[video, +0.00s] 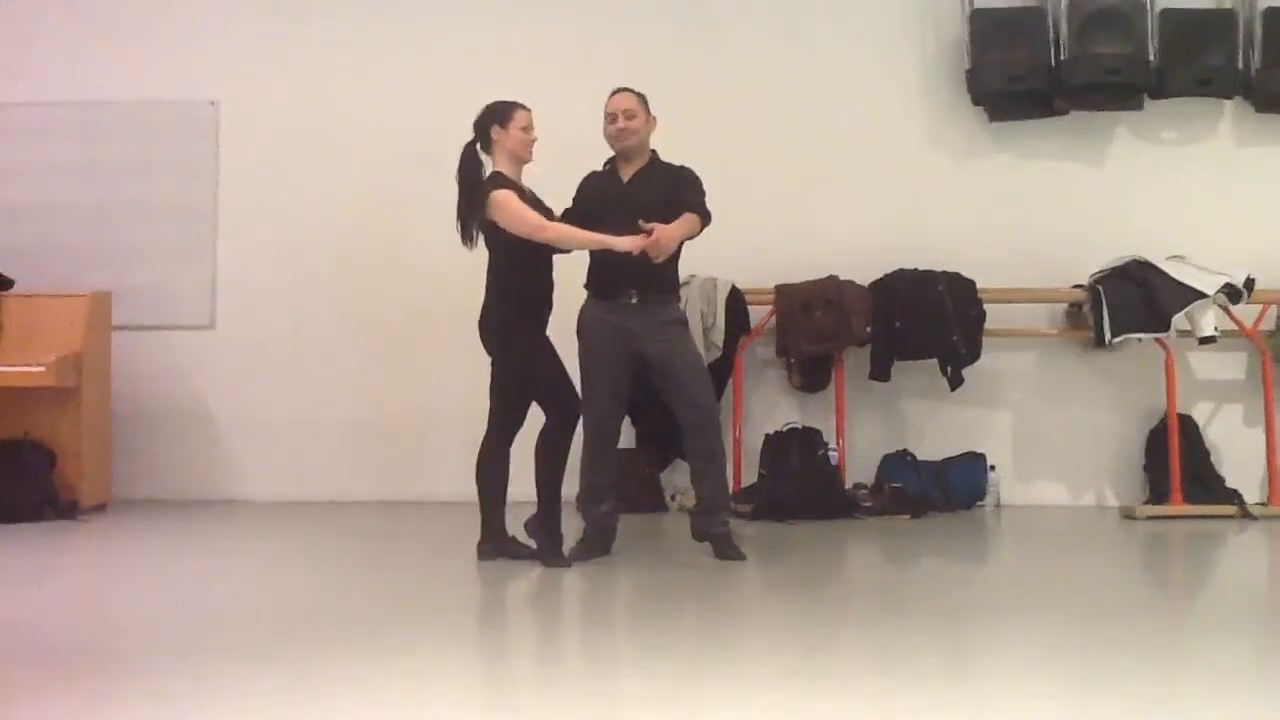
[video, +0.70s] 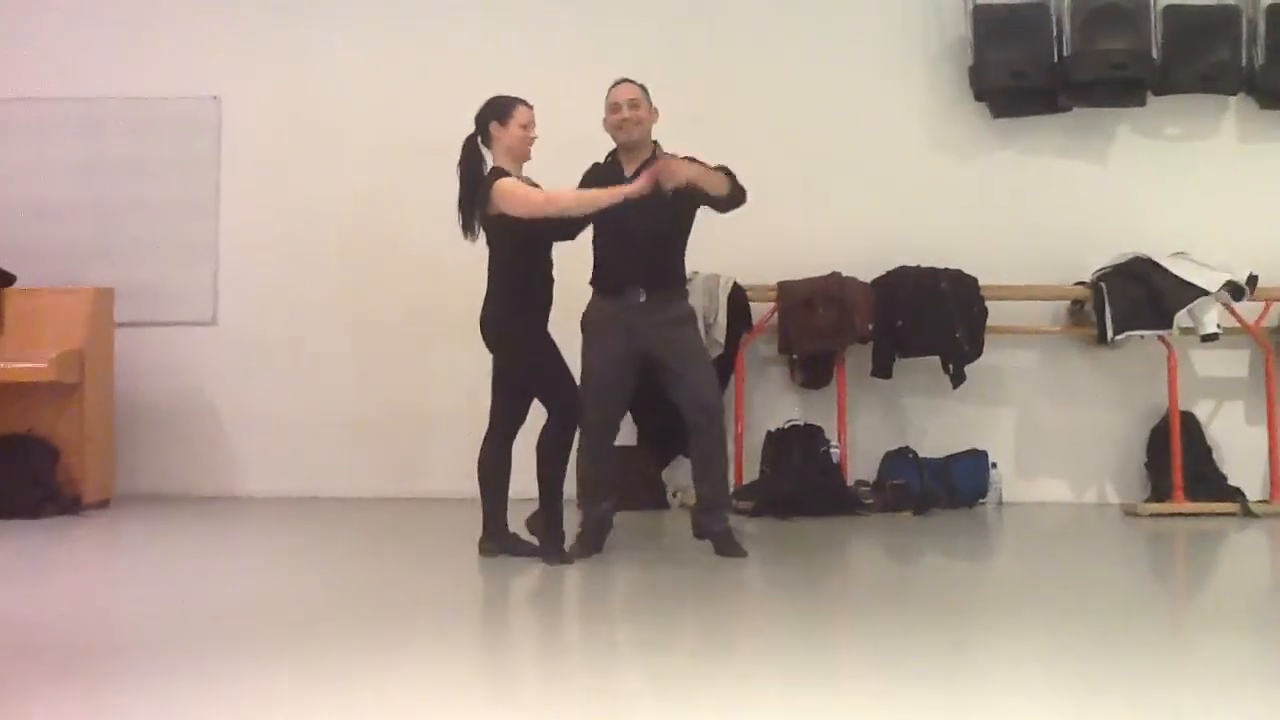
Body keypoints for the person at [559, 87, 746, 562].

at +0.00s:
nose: (619, 124)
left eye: (629, 116)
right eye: (611, 118)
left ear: (651, 124)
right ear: (604, 129)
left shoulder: (680, 178)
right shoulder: (593, 186)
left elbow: (698, 215)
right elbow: (566, 236)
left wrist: (674, 232)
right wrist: (522, 230)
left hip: (662, 318)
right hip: (604, 317)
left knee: (701, 412)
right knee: (600, 421)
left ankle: (714, 523)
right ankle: (598, 528)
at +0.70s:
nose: (623, 114)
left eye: (633, 106)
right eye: (615, 109)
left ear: (653, 115)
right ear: (605, 122)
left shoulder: (680, 169)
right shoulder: (599, 178)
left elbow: (734, 196)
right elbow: (565, 227)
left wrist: (692, 173)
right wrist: (515, 220)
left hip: (670, 314)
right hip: (609, 316)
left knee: (706, 408)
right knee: (597, 419)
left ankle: (713, 519)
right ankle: (594, 522)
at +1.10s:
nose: (593, 117)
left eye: (604, 109)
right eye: (585, 110)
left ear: (623, 120)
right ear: (574, 122)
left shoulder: (643, 180)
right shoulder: (559, 181)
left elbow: (689, 240)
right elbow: (519, 216)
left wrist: (673, 210)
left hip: (642, 315)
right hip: (585, 319)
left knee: (679, 415)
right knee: (572, 419)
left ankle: (718, 519)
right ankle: (572, 529)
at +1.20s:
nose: (583, 119)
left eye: (593, 112)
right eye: (575, 113)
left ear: (613, 123)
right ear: (565, 124)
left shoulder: (638, 189)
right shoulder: (554, 182)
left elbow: (662, 258)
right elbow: (516, 220)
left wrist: (623, 263)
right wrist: (481, 193)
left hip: (626, 319)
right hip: (571, 321)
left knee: (664, 412)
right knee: (562, 417)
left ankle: (717, 508)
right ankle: (571, 527)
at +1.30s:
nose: (581, 119)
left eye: (592, 112)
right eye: (573, 112)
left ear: (611, 123)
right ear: (563, 124)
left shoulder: (635, 188)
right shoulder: (554, 181)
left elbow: (648, 260)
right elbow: (521, 226)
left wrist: (595, 268)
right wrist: (480, 203)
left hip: (621, 316)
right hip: (567, 318)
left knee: (641, 406)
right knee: (562, 419)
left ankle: (692, 487)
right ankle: (571, 523)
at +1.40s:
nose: (579, 121)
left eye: (589, 113)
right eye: (571, 114)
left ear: (608, 125)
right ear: (561, 126)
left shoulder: (630, 187)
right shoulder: (549, 186)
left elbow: (626, 255)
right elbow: (532, 238)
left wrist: (573, 248)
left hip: (617, 315)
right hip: (565, 315)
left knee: (618, 407)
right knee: (560, 418)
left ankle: (650, 471)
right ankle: (570, 522)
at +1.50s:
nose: (576, 120)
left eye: (587, 113)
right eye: (568, 114)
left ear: (606, 126)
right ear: (558, 128)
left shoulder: (625, 183)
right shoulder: (550, 187)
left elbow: (615, 241)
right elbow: (525, 245)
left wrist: (548, 206)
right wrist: (484, 228)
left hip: (615, 319)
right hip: (562, 319)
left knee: (600, 415)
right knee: (556, 417)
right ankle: (567, 519)